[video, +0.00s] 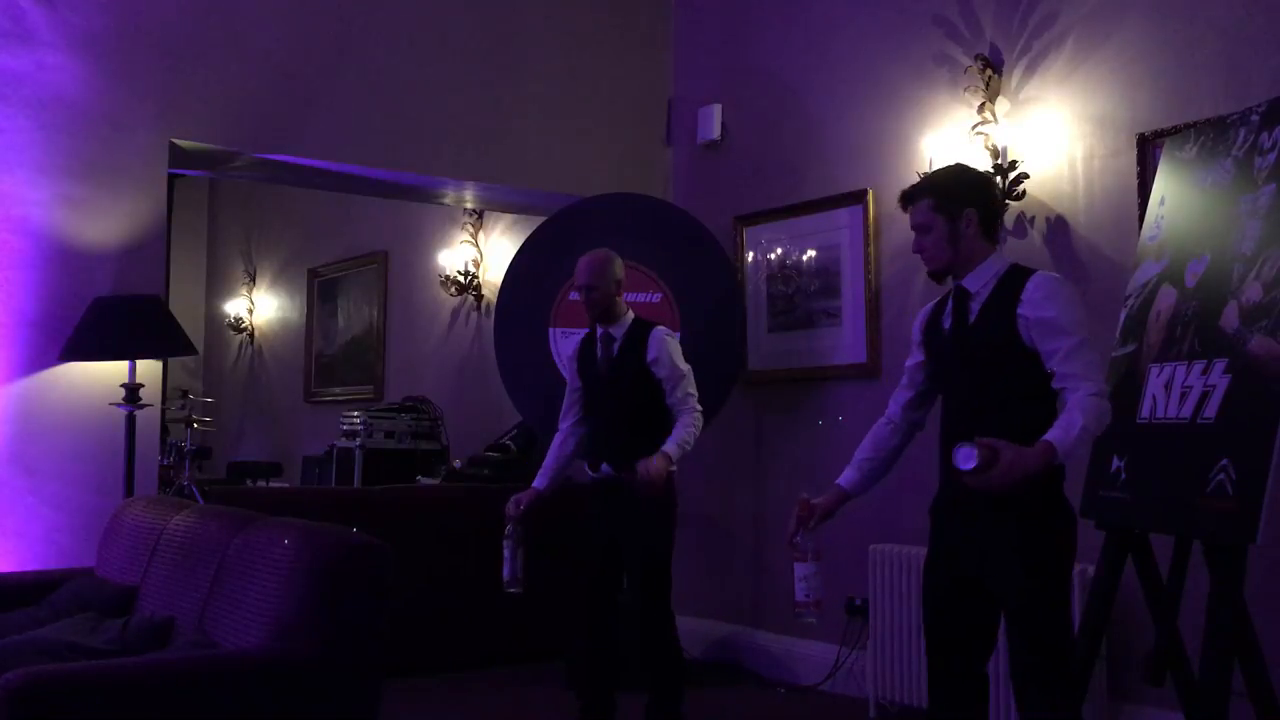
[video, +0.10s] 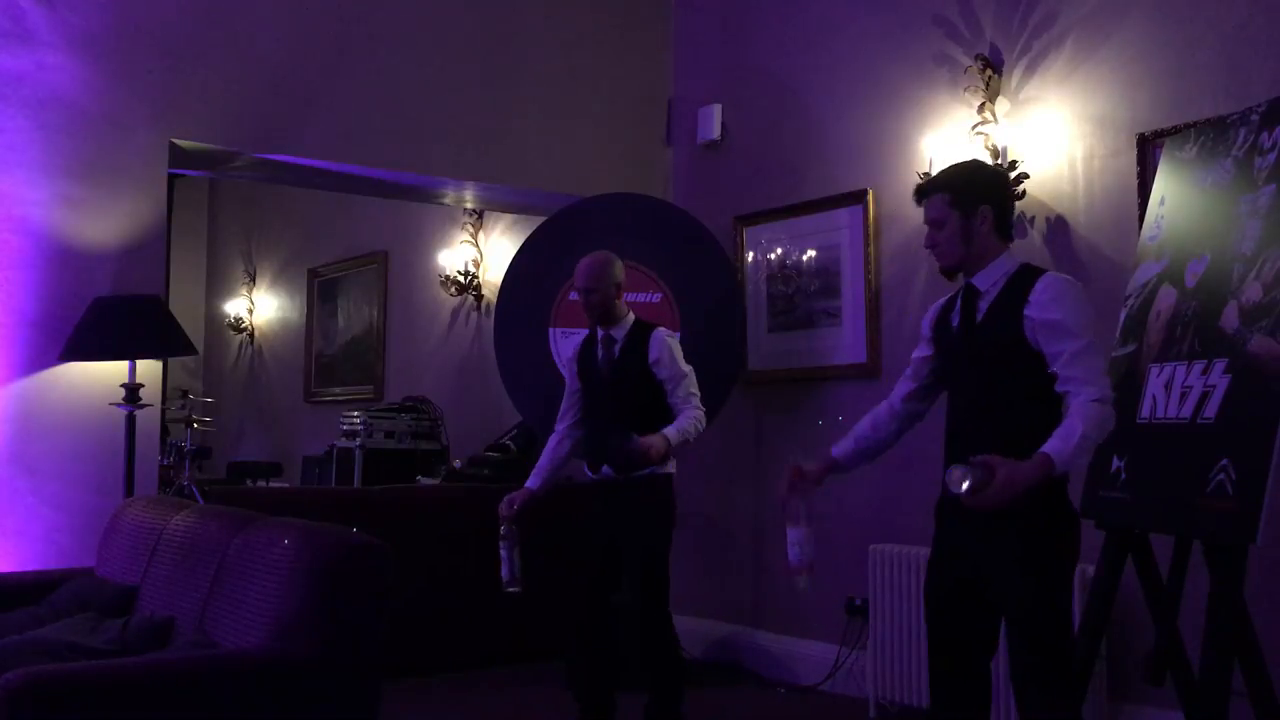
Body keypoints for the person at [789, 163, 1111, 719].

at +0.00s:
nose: (915, 245)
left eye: (924, 230)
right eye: (913, 232)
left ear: (969, 224)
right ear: (958, 228)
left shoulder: (1039, 294)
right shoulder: (936, 318)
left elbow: (1090, 398)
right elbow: (900, 417)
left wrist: (1039, 455)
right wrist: (837, 494)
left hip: (1031, 517)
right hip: (958, 518)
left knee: (1042, 684)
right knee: (953, 684)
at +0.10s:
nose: (928, 240)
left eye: (938, 225)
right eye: (927, 227)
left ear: (982, 221)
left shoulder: (1048, 294)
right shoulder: (946, 313)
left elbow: (1093, 403)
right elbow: (904, 404)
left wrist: (1035, 470)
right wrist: (828, 463)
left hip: (1035, 517)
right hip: (962, 515)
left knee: (1043, 686)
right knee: (955, 685)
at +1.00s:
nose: (953, 218)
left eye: (968, 206)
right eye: (954, 205)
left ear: (1013, 215)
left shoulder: (1040, 300)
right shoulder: (960, 294)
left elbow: (1041, 428)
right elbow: (926, 381)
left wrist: (959, 444)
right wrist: (929, 420)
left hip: (1033, 503)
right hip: (973, 497)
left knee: (1038, 677)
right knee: (948, 667)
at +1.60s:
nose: (953, 219)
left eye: (964, 206)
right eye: (955, 206)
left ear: (1004, 215)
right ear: (1002, 217)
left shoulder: (1040, 300)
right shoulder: (991, 286)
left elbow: (1045, 431)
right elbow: (923, 293)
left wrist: (941, 475)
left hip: (1027, 513)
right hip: (983, 507)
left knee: (1028, 677)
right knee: (957, 672)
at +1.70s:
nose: (947, 218)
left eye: (956, 206)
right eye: (949, 205)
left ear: (993, 215)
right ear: (995, 215)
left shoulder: (1025, 299)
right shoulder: (990, 281)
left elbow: (1038, 432)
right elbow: (943, 245)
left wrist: (953, 507)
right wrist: (902, 190)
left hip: (1017, 519)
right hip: (981, 512)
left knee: (1023, 684)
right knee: (958, 680)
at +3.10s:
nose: (925, 307)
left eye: (941, 295)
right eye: (919, 298)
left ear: (976, 306)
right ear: (913, 308)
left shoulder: (961, 360)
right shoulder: (982, 364)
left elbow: (915, 461)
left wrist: (816, 503)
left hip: (923, 568)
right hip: (949, 567)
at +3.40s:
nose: (925, 234)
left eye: (942, 224)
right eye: (914, 224)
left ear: (963, 238)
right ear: (900, 239)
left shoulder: (958, 292)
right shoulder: (925, 302)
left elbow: (910, 391)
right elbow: (926, 405)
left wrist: (810, 439)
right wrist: (989, 431)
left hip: (929, 512)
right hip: (901, 507)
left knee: (907, 671)